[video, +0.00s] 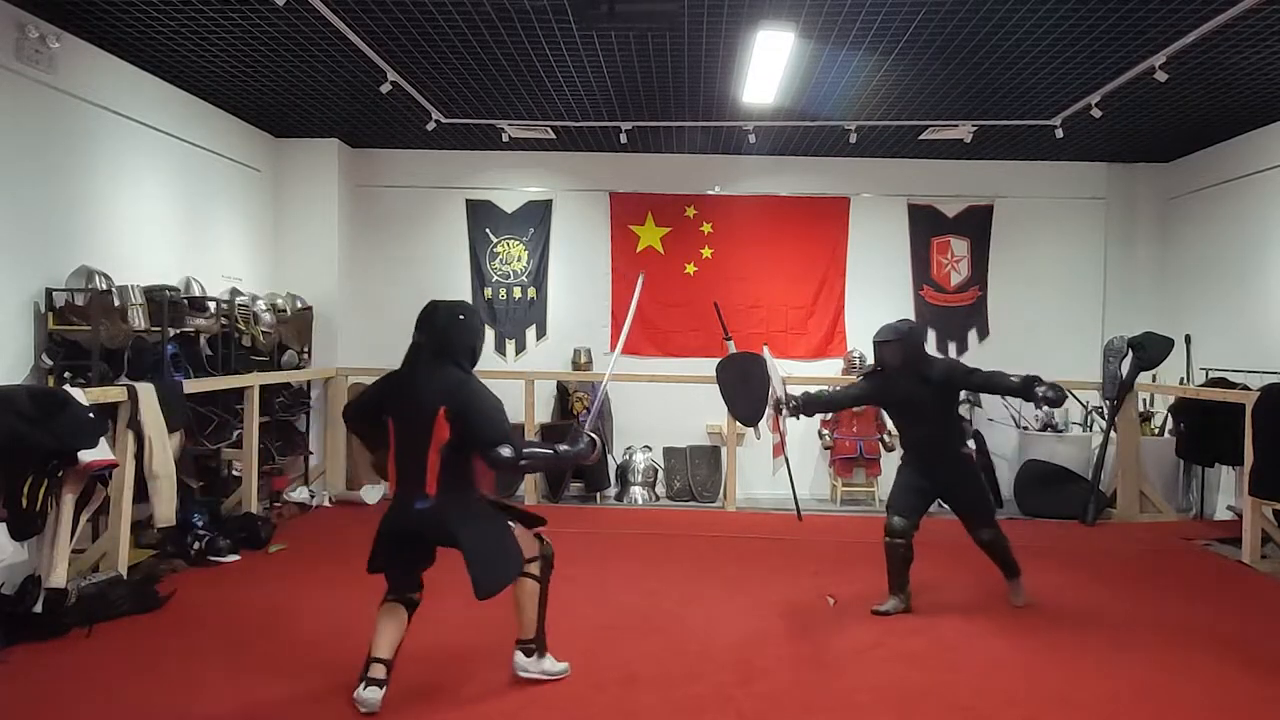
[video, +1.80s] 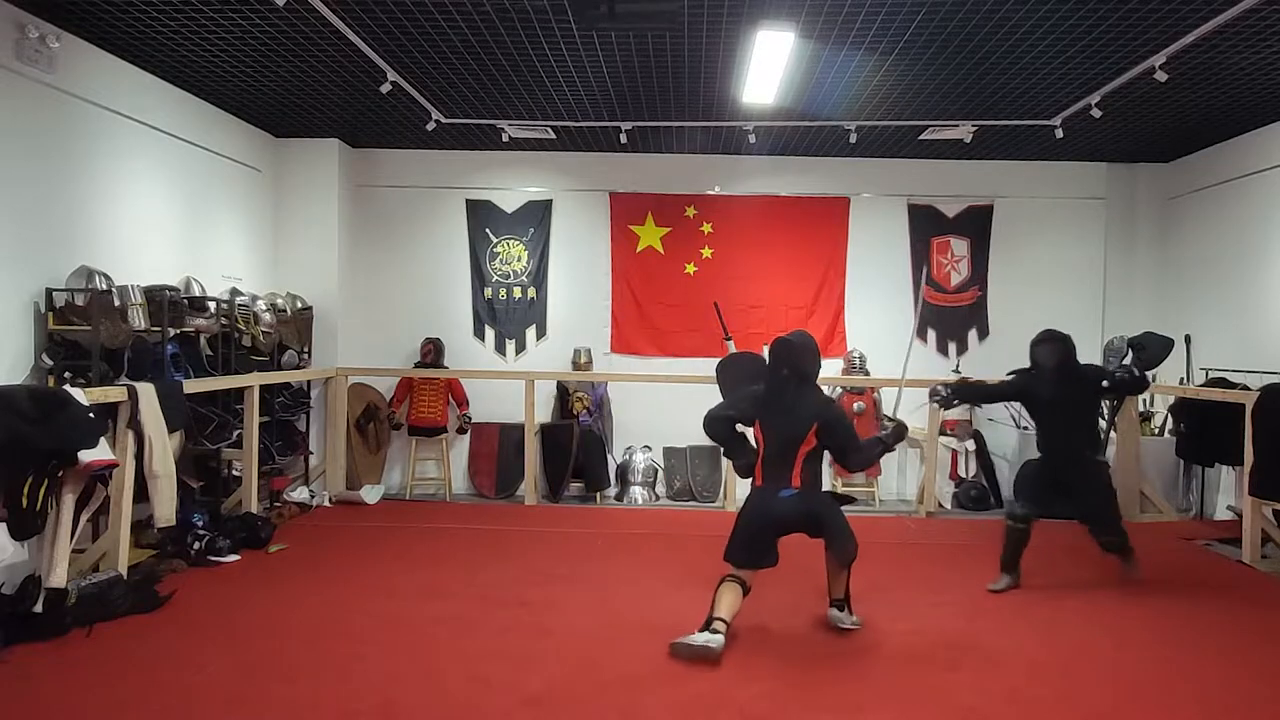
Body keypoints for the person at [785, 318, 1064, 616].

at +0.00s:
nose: (881, 354)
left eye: (887, 348)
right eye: (880, 348)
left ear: (908, 348)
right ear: (881, 351)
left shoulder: (942, 371)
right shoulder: (880, 382)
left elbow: (985, 380)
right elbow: (841, 397)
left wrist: (1028, 388)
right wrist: (798, 403)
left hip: (955, 463)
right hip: (915, 466)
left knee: (985, 534)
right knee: (896, 528)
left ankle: (1013, 577)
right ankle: (899, 596)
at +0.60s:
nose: (910, 377)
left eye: (916, 370)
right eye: (908, 371)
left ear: (934, 370)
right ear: (907, 374)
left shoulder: (970, 390)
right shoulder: (909, 404)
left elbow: (1014, 387)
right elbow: (877, 429)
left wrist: (1058, 374)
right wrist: (837, 435)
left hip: (982, 480)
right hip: (942, 481)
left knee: (1007, 546)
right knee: (911, 529)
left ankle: (1027, 576)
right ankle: (899, 595)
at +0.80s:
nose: (936, 366)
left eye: (942, 358)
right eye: (933, 359)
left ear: (962, 358)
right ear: (933, 362)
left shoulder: (996, 379)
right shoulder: (939, 395)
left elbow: (1045, 375)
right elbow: (913, 429)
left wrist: (1088, 363)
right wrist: (878, 446)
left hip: (1005, 468)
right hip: (966, 469)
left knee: (1016, 539)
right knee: (939, 523)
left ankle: (1028, 581)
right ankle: (927, 585)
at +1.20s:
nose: (957, 366)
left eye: (963, 359)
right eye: (955, 360)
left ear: (982, 360)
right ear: (959, 363)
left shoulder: (1017, 382)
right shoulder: (961, 397)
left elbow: (1060, 384)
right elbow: (944, 436)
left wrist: (1099, 375)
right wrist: (913, 446)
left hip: (1023, 470)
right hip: (986, 470)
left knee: (1049, 539)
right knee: (962, 519)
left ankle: (1072, 561)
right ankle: (963, 580)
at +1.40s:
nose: (991, 364)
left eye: (996, 357)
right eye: (989, 358)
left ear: (1014, 356)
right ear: (990, 359)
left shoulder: (1049, 379)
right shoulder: (996, 391)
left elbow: (1087, 383)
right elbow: (979, 422)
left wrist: (1121, 380)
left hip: (1053, 465)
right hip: (1016, 465)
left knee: (1066, 529)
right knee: (990, 518)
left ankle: (1081, 570)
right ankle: (969, 576)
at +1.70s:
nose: (1028, 352)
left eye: (1034, 345)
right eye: (1024, 345)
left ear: (1051, 347)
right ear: (1020, 349)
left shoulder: (1079, 372)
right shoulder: (1017, 380)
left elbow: (1119, 381)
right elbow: (987, 407)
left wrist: (1142, 380)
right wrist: (954, 411)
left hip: (1075, 459)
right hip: (1036, 459)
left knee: (1086, 518)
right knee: (1013, 513)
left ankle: (1094, 568)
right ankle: (1008, 574)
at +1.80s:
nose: (1050, 369)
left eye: (1055, 361)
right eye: (1043, 363)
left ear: (1068, 357)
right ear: (1034, 361)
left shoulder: (1089, 376)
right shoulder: (1027, 383)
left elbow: (1140, 383)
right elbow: (990, 392)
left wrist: (1126, 380)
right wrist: (954, 391)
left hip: (1088, 472)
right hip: (1047, 470)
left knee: (1109, 535)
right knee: (1019, 505)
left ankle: (1128, 559)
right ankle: (1009, 572)